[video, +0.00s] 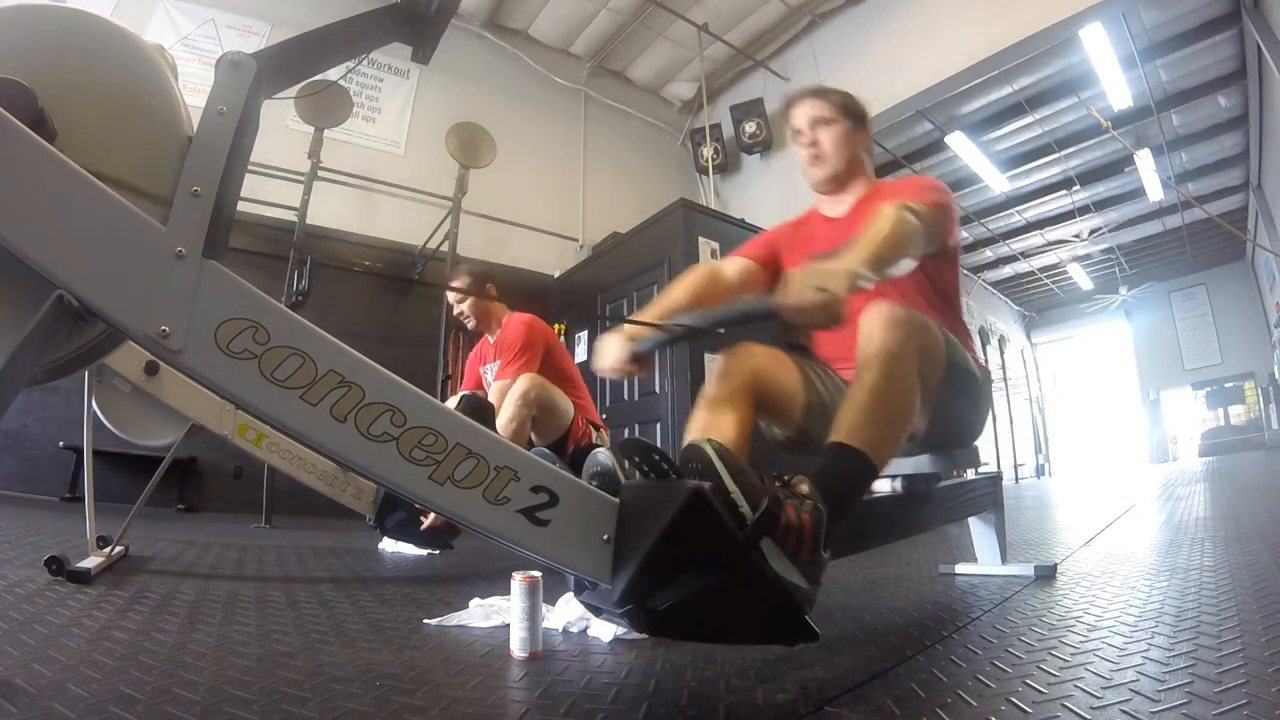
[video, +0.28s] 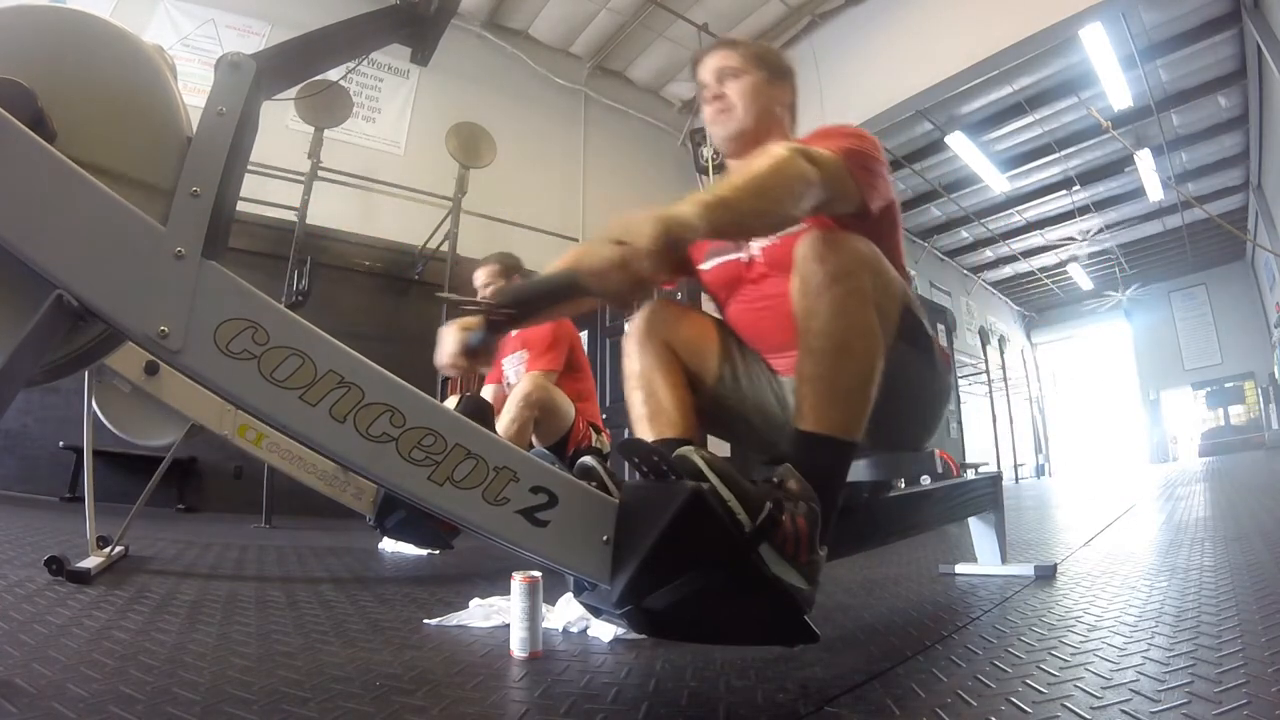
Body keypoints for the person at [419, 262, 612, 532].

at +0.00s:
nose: (457, 312)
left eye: (461, 301)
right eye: (452, 306)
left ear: (490, 291)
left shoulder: (523, 327)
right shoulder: (477, 354)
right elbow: (464, 414)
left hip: (582, 439)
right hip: (530, 444)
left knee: (528, 387)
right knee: (457, 404)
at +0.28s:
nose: (481, 296)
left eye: (488, 286)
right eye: (478, 291)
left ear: (516, 282)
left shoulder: (552, 323)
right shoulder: (503, 340)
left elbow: (536, 388)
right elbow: (490, 399)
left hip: (585, 440)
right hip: (529, 438)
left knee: (531, 389)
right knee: (454, 403)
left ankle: (489, 474)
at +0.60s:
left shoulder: (591, 325)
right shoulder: (541, 338)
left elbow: (595, 380)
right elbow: (512, 401)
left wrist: (538, 342)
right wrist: (459, 373)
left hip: (588, 445)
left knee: (540, 391)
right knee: (470, 405)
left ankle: (485, 479)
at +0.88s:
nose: (566, 286)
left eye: (575, 279)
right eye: (564, 282)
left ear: (601, 286)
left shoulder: (622, 333)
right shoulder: (567, 346)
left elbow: (658, 352)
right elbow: (533, 387)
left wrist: (632, 305)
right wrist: (538, 346)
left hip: (600, 438)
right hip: (555, 433)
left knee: (527, 379)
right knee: (472, 406)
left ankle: (493, 464)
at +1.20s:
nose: (585, 294)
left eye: (592, 287)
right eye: (582, 291)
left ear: (617, 292)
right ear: (582, 301)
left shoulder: (638, 339)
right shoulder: (587, 342)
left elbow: (670, 380)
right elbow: (560, 391)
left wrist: (669, 326)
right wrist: (574, 355)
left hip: (603, 432)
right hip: (564, 427)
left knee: (532, 370)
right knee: (476, 401)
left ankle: (491, 461)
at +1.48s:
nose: (595, 295)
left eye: (602, 289)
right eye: (593, 292)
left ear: (626, 297)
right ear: (592, 303)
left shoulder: (641, 341)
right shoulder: (596, 349)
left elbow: (669, 397)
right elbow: (591, 404)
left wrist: (605, 373)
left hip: (613, 436)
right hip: (574, 431)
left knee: (537, 380)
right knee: (477, 403)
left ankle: (530, 476)